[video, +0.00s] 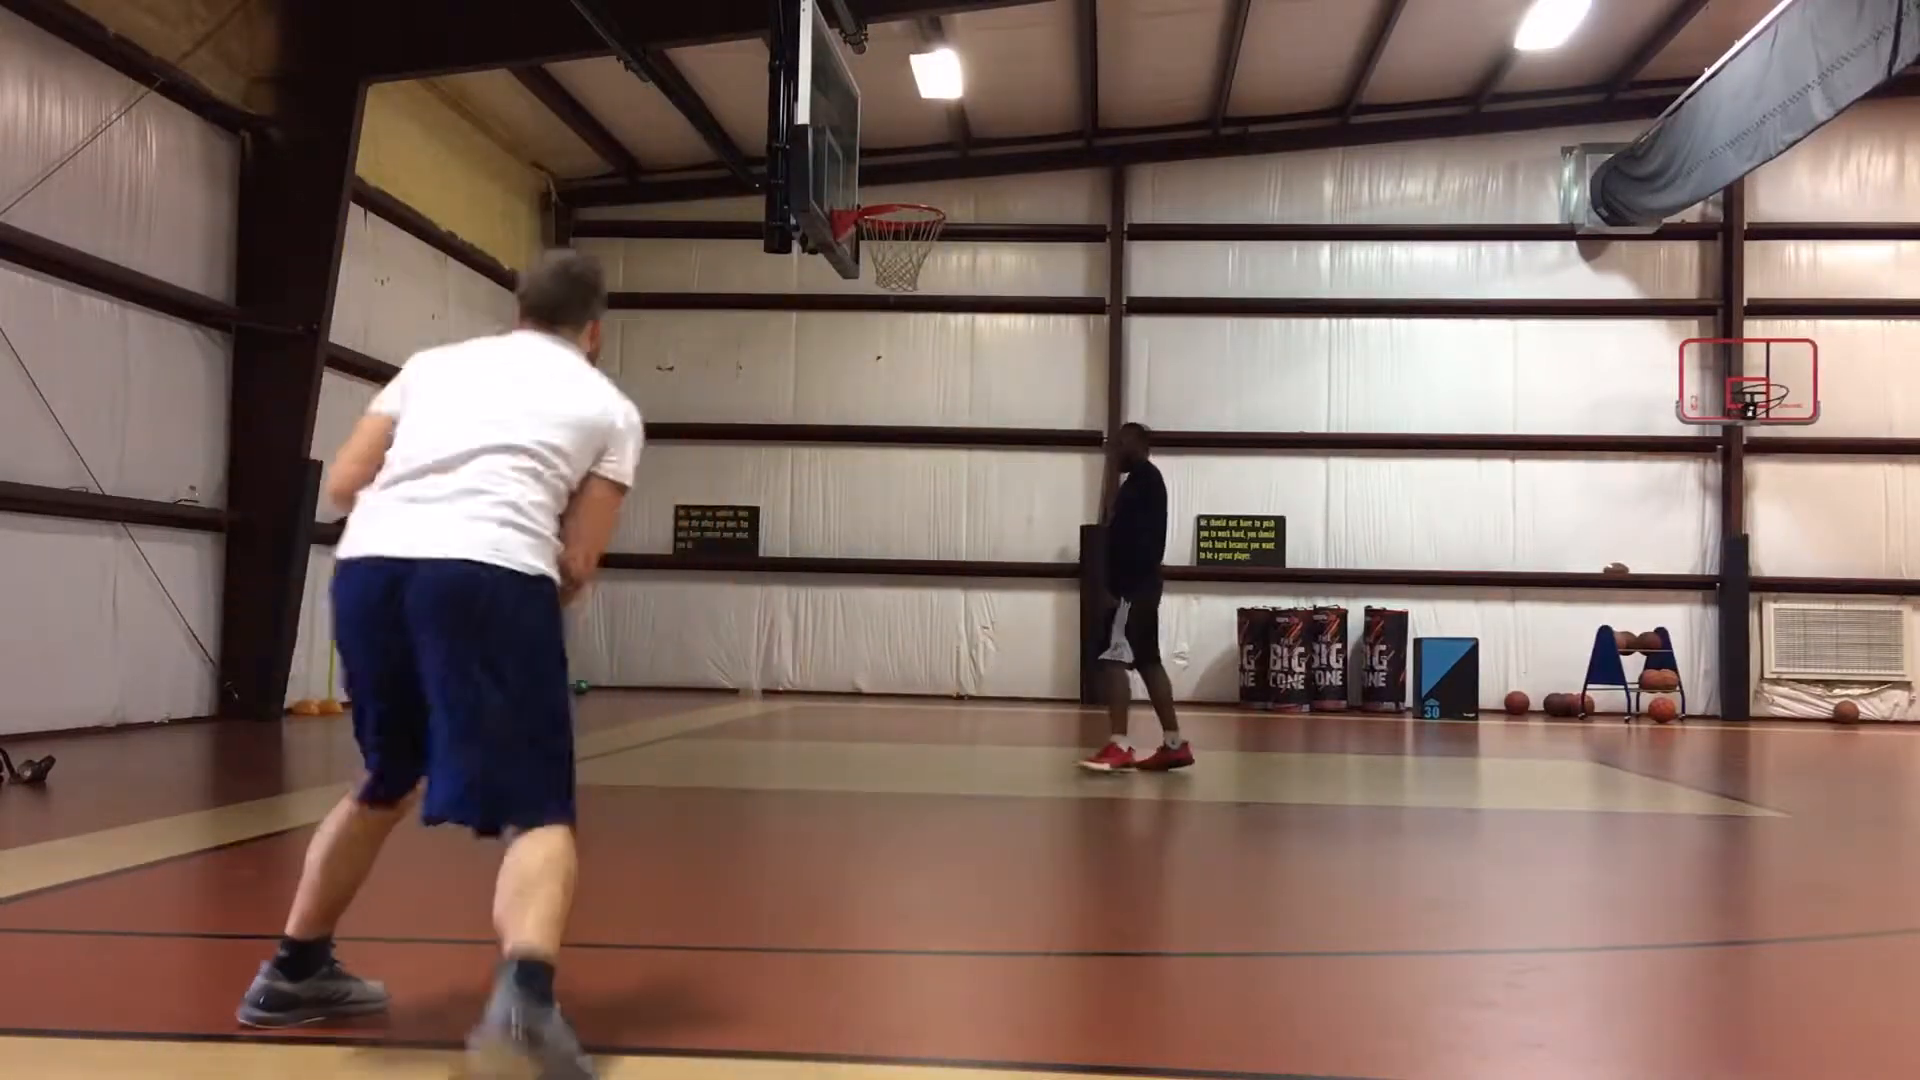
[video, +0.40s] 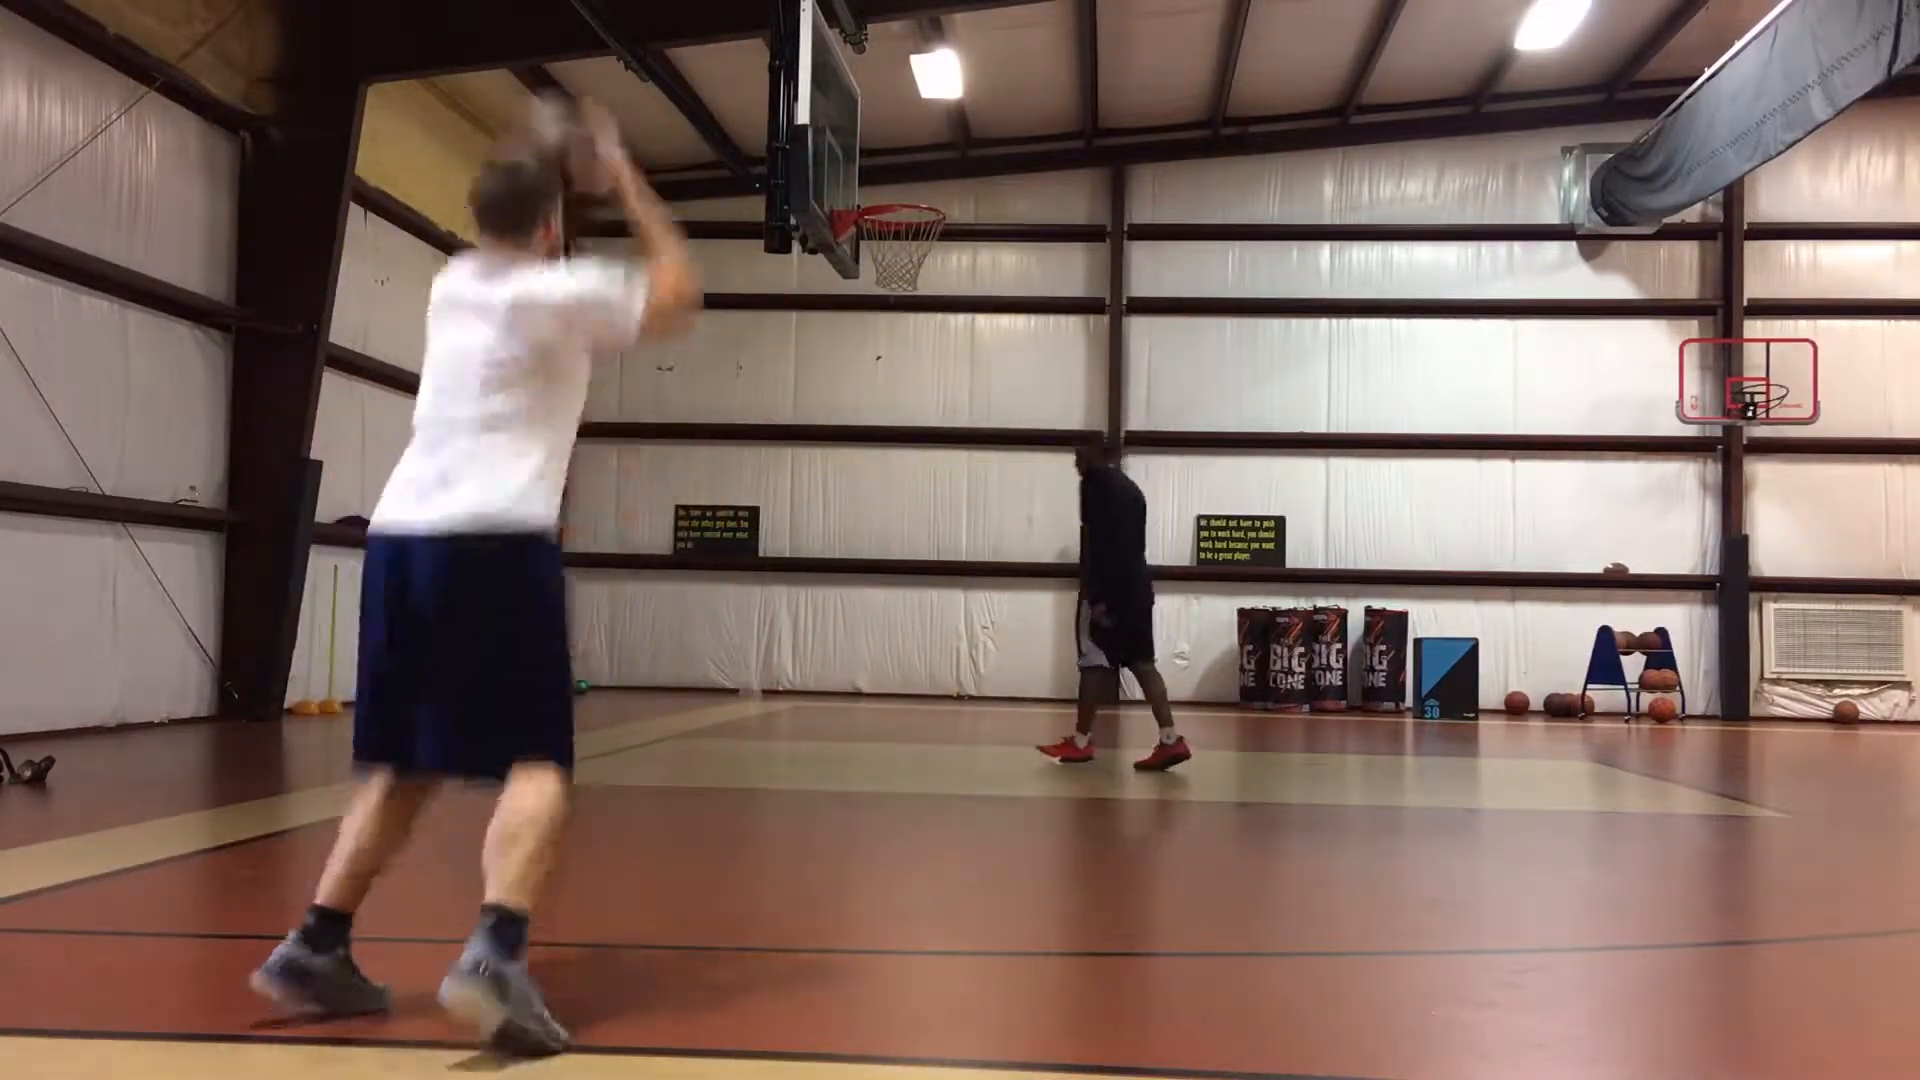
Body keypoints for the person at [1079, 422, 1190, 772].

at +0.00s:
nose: (1113, 450)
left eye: (1118, 443)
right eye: (1114, 443)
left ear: (1135, 445)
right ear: (1141, 446)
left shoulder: (1141, 480)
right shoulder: (1147, 479)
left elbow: (1135, 539)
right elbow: (1140, 538)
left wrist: (1118, 588)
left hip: (1132, 588)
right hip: (1144, 587)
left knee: (1112, 662)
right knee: (1148, 662)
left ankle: (1119, 744)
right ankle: (1175, 743)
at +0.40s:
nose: (1076, 462)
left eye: (1079, 454)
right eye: (1076, 454)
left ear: (1093, 453)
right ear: (1105, 453)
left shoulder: (1093, 485)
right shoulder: (1130, 488)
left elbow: (1097, 543)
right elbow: (1133, 548)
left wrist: (1094, 594)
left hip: (1103, 591)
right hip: (1136, 589)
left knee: (1092, 666)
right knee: (1142, 664)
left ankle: (1080, 740)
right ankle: (1171, 739)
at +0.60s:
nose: (1055, 458)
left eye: (1059, 452)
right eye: (1056, 452)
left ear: (1071, 453)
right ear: (1087, 453)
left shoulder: (1067, 487)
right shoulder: (1113, 484)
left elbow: (1062, 549)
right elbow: (1123, 539)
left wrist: (1057, 600)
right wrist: (1108, 576)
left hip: (1075, 590)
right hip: (1108, 588)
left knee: (1072, 663)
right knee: (1104, 662)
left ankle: (1076, 740)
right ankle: (1143, 715)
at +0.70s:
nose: (1049, 457)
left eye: (1053, 452)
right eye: (1050, 451)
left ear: (1067, 454)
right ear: (1081, 453)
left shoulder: (1059, 489)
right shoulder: (1105, 485)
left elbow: (1045, 547)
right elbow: (1113, 543)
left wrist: (1032, 595)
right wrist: (1106, 584)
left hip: (1068, 590)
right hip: (1101, 589)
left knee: (1068, 662)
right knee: (1084, 661)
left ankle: (1075, 740)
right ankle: (1120, 713)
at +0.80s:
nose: (1044, 456)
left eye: (1048, 450)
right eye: (1045, 450)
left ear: (1063, 453)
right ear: (1076, 453)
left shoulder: (1053, 488)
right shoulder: (1102, 486)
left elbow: (1033, 545)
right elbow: (1109, 543)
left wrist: (1012, 589)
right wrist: (1102, 580)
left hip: (1064, 588)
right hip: (1099, 587)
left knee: (1061, 656)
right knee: (1070, 658)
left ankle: (1087, 727)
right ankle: (1079, 734)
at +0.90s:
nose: (1041, 452)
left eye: (1047, 447)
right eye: (1043, 446)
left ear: (1063, 452)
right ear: (1072, 453)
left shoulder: (1048, 489)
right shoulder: (1089, 486)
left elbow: (1026, 539)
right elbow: (1097, 541)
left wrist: (999, 578)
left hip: (1057, 589)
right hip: (1082, 587)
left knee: (1051, 657)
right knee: (1059, 658)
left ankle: (1075, 739)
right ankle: (1067, 736)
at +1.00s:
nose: (1037, 448)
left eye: (1044, 444)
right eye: (1041, 443)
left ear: (1059, 454)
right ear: (1063, 455)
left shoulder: (1047, 489)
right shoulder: (1073, 487)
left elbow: (1025, 537)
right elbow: (1068, 543)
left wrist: (992, 571)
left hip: (1053, 588)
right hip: (1060, 586)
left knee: (1059, 660)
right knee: (1037, 658)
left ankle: (1075, 740)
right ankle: (1037, 733)